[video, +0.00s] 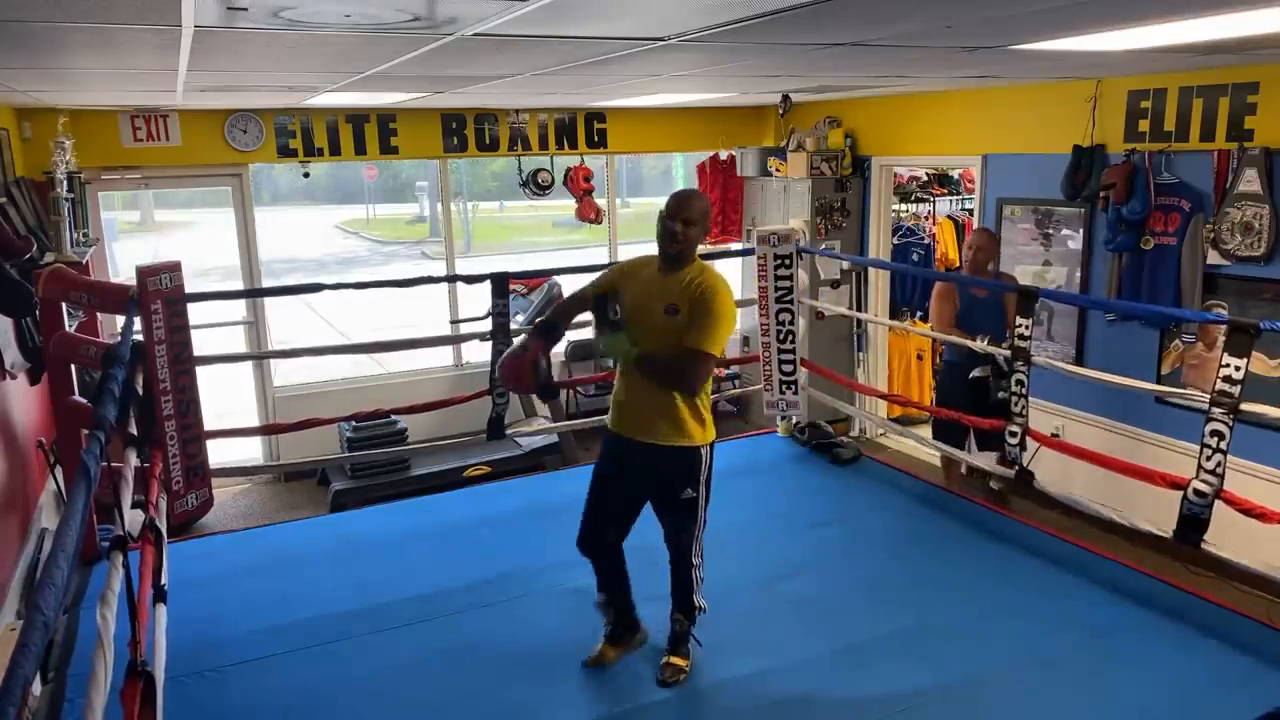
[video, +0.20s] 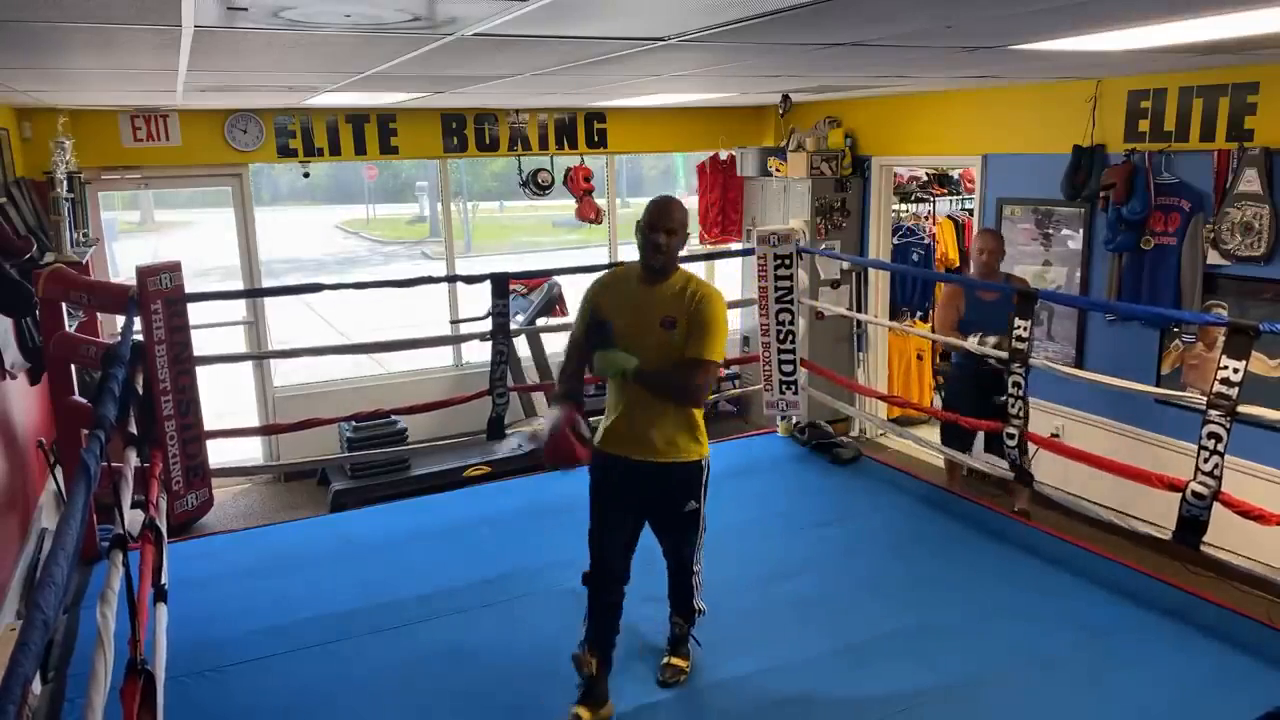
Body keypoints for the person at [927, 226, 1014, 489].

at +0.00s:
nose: (969, 253)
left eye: (978, 249)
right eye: (967, 247)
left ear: (993, 255)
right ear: (962, 248)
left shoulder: (1006, 284)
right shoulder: (948, 284)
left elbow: (1012, 328)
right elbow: (941, 329)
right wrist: (979, 344)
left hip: (993, 372)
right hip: (957, 371)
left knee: (989, 438)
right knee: (951, 438)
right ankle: (951, 493)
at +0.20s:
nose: (984, 258)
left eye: (991, 253)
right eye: (980, 251)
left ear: (1002, 256)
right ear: (971, 252)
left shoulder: (1017, 287)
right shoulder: (955, 289)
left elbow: (1030, 330)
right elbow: (943, 334)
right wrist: (975, 343)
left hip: (1005, 375)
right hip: (967, 373)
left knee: (1013, 438)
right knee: (956, 437)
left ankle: (1021, 508)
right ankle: (954, 496)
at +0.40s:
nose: (1004, 263)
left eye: (1009, 257)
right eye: (998, 257)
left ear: (1017, 257)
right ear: (985, 256)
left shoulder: (1032, 290)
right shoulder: (967, 291)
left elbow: (1043, 338)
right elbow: (948, 331)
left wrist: (1041, 362)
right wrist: (964, 348)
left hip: (1019, 383)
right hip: (978, 380)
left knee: (1022, 452)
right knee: (964, 446)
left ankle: (1021, 517)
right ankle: (955, 500)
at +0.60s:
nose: (1019, 267)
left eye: (1025, 259)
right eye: (1012, 260)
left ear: (1033, 259)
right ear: (1001, 259)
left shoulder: (1048, 292)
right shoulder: (982, 292)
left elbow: (1059, 343)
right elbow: (962, 335)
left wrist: (1050, 357)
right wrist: (982, 354)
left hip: (1031, 385)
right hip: (988, 382)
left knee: (1030, 449)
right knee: (970, 443)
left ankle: (1022, 513)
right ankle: (956, 498)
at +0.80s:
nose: (1029, 268)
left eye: (1035, 261)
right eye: (1022, 262)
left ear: (1044, 260)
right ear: (1011, 260)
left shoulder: (1059, 291)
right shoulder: (993, 290)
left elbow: (1068, 343)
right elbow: (976, 336)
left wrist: (1054, 357)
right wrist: (1002, 349)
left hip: (1039, 383)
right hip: (997, 378)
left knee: (1034, 451)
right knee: (977, 443)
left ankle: (1022, 513)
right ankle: (965, 504)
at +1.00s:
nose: (1030, 268)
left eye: (1036, 261)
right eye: (1023, 261)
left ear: (1045, 259)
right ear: (1013, 260)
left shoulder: (1061, 291)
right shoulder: (996, 289)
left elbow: (1069, 342)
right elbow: (979, 335)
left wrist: (1058, 355)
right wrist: (1006, 347)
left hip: (1041, 384)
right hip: (998, 379)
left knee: (1034, 453)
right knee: (981, 445)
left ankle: (1023, 515)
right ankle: (974, 508)